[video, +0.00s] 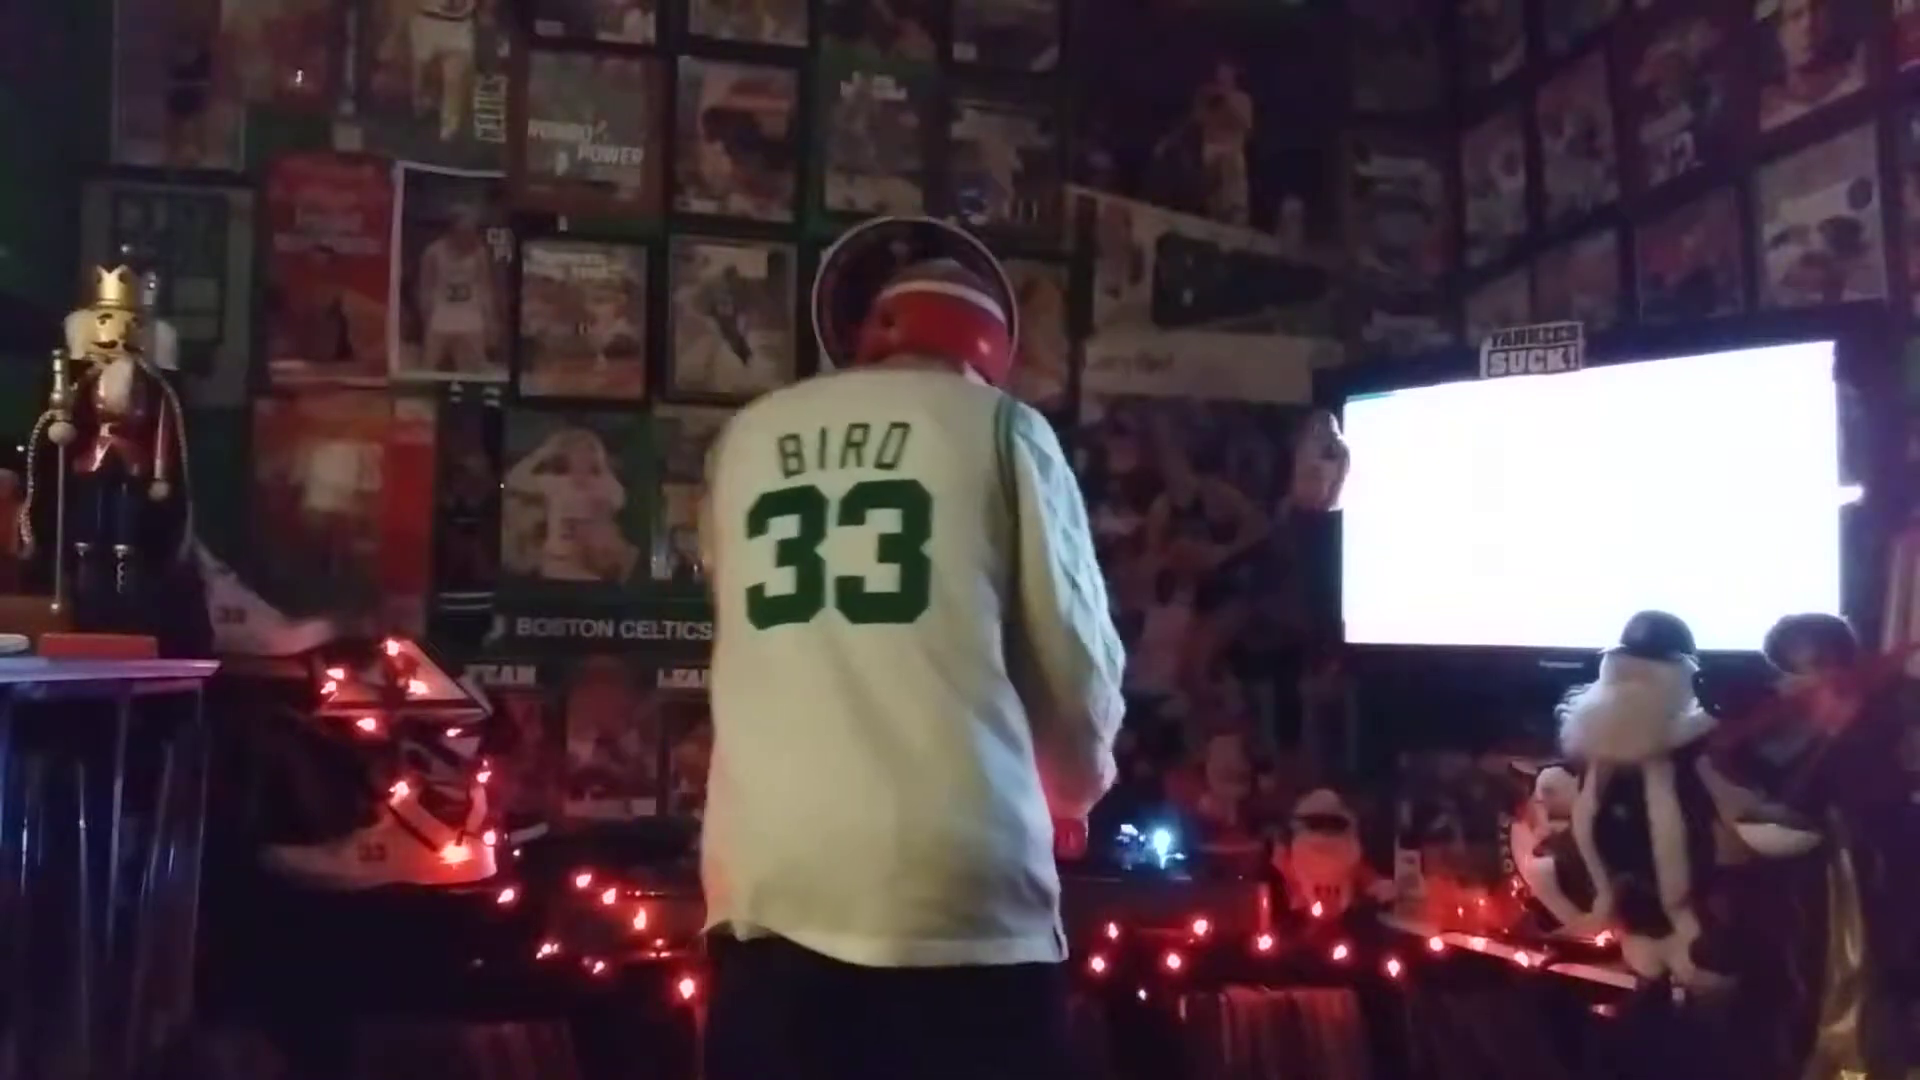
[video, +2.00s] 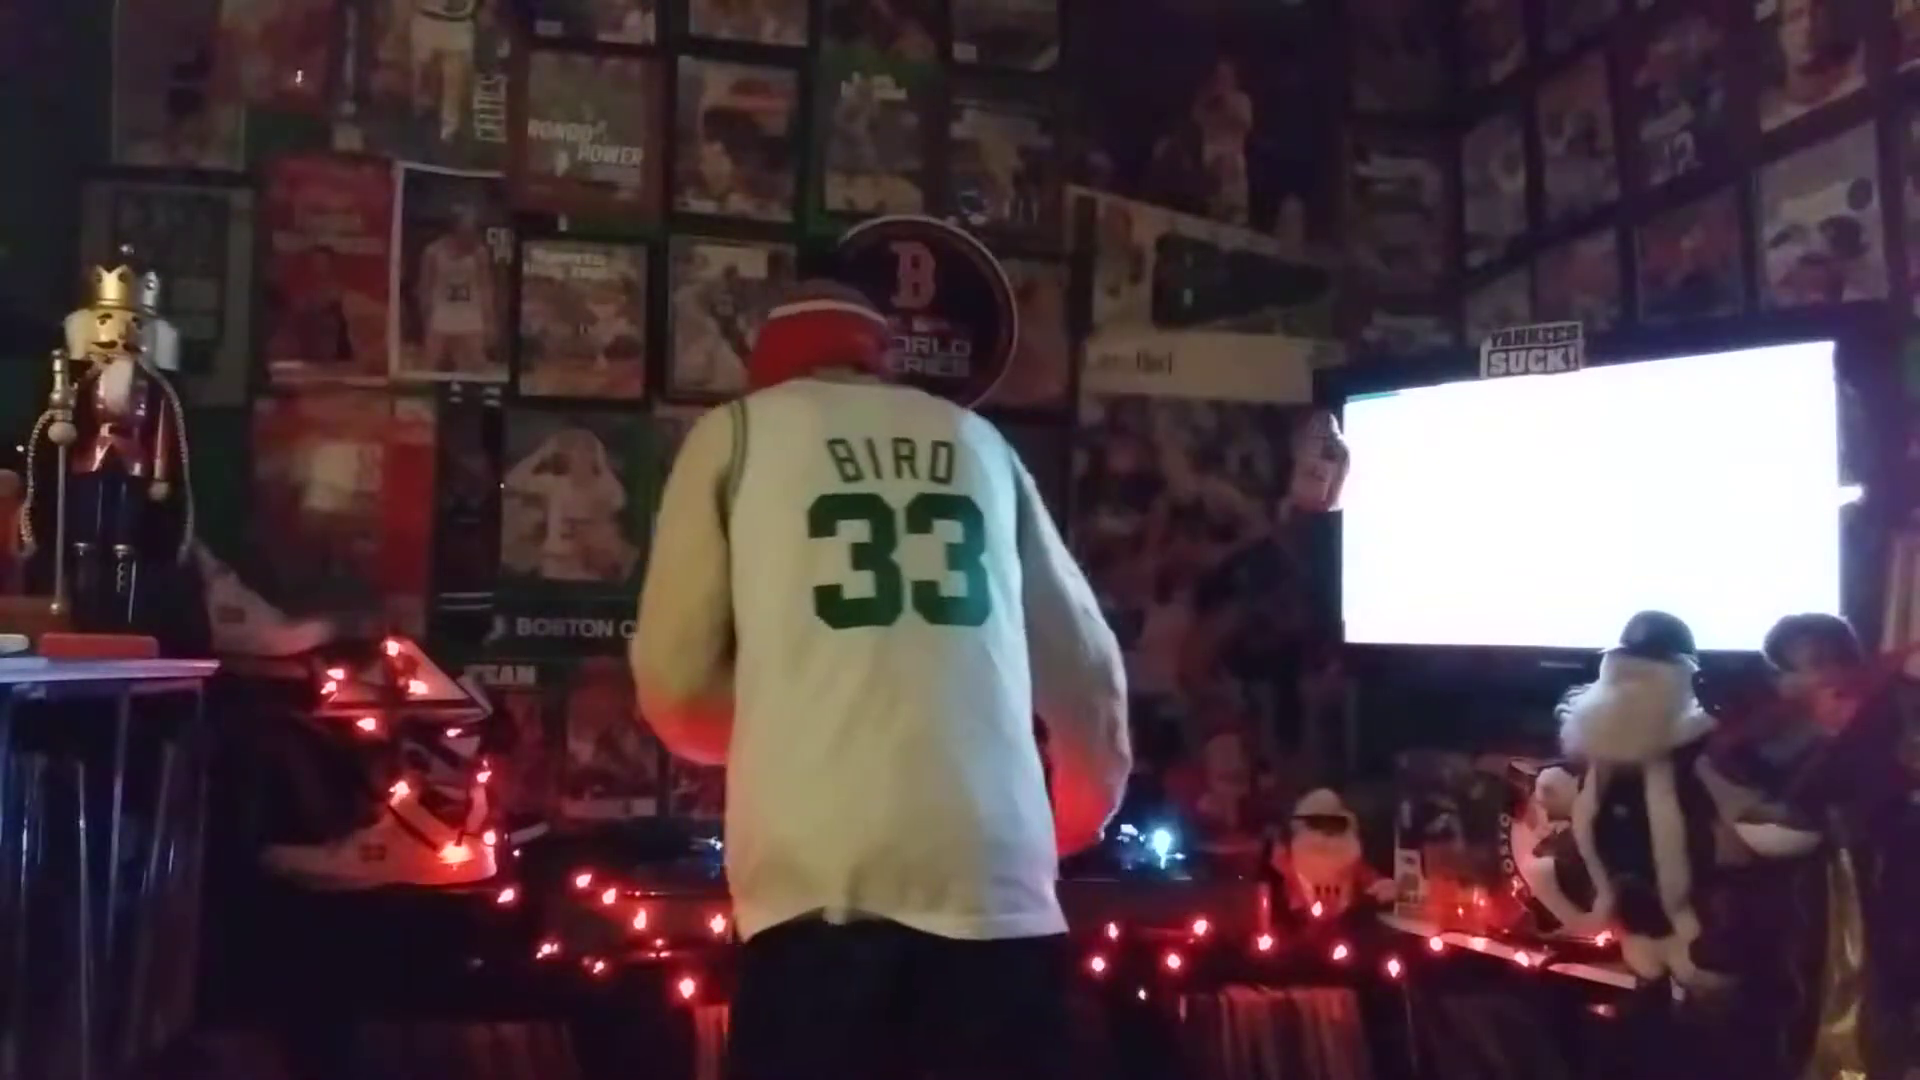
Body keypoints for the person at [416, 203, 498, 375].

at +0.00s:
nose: (465, 237)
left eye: (469, 232)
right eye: (461, 232)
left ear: (474, 232)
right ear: (452, 231)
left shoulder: (480, 253)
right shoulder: (435, 252)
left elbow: (487, 289)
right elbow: (425, 287)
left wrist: (490, 322)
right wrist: (428, 314)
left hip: (471, 325)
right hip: (440, 324)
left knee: (472, 377)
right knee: (432, 377)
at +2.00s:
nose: (467, 235)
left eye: (470, 231)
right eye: (463, 230)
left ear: (475, 230)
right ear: (454, 229)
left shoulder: (479, 252)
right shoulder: (434, 252)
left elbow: (486, 290)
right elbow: (425, 288)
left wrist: (489, 323)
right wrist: (427, 318)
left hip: (471, 326)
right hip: (440, 326)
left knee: (473, 376)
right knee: (436, 376)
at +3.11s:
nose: (467, 236)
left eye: (470, 231)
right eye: (463, 231)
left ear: (475, 231)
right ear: (453, 229)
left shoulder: (480, 253)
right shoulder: (434, 252)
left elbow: (487, 290)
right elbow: (425, 288)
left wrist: (490, 324)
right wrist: (428, 317)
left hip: (472, 328)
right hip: (440, 327)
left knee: (471, 380)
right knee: (435, 380)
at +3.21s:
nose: (467, 236)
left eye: (470, 231)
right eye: (463, 231)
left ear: (475, 231)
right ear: (453, 229)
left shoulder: (480, 253)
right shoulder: (434, 252)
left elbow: (487, 290)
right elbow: (425, 288)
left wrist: (490, 324)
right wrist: (428, 318)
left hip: (472, 327)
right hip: (440, 327)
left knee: (471, 380)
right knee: (433, 379)